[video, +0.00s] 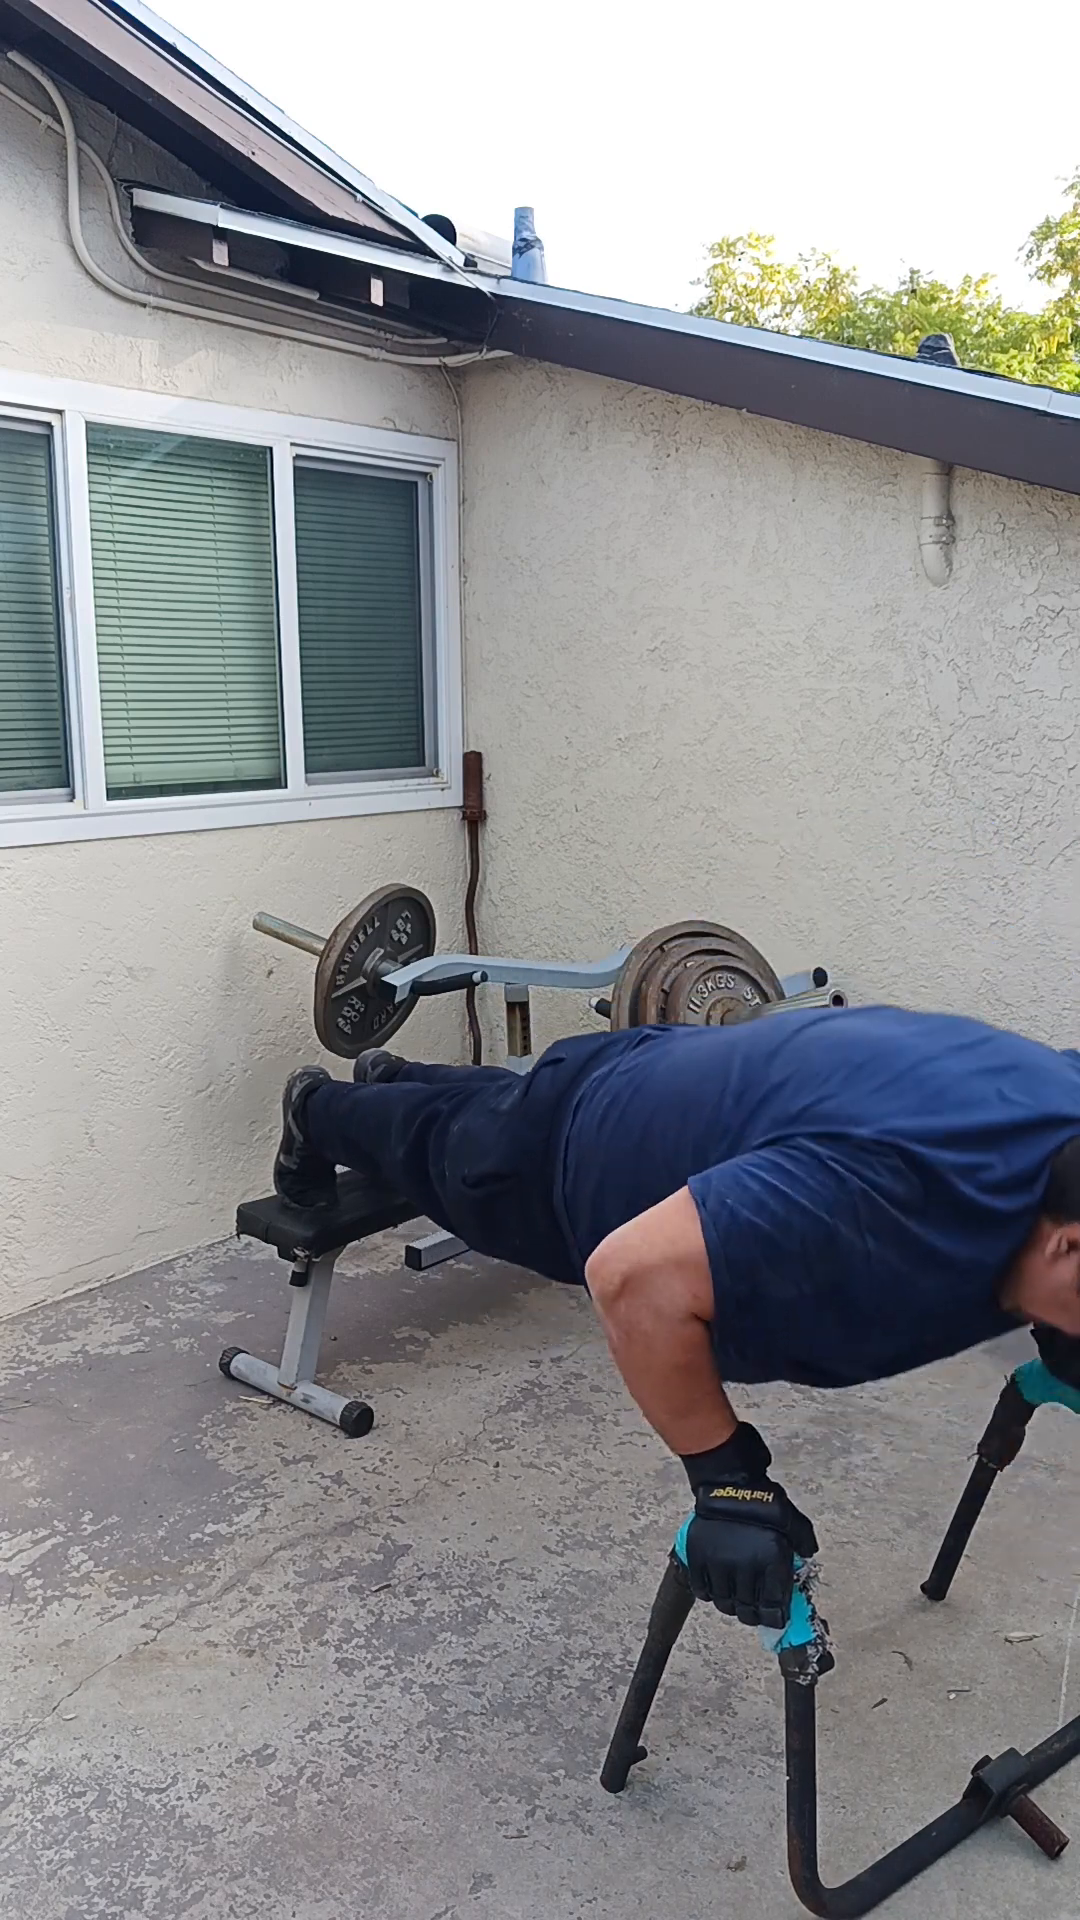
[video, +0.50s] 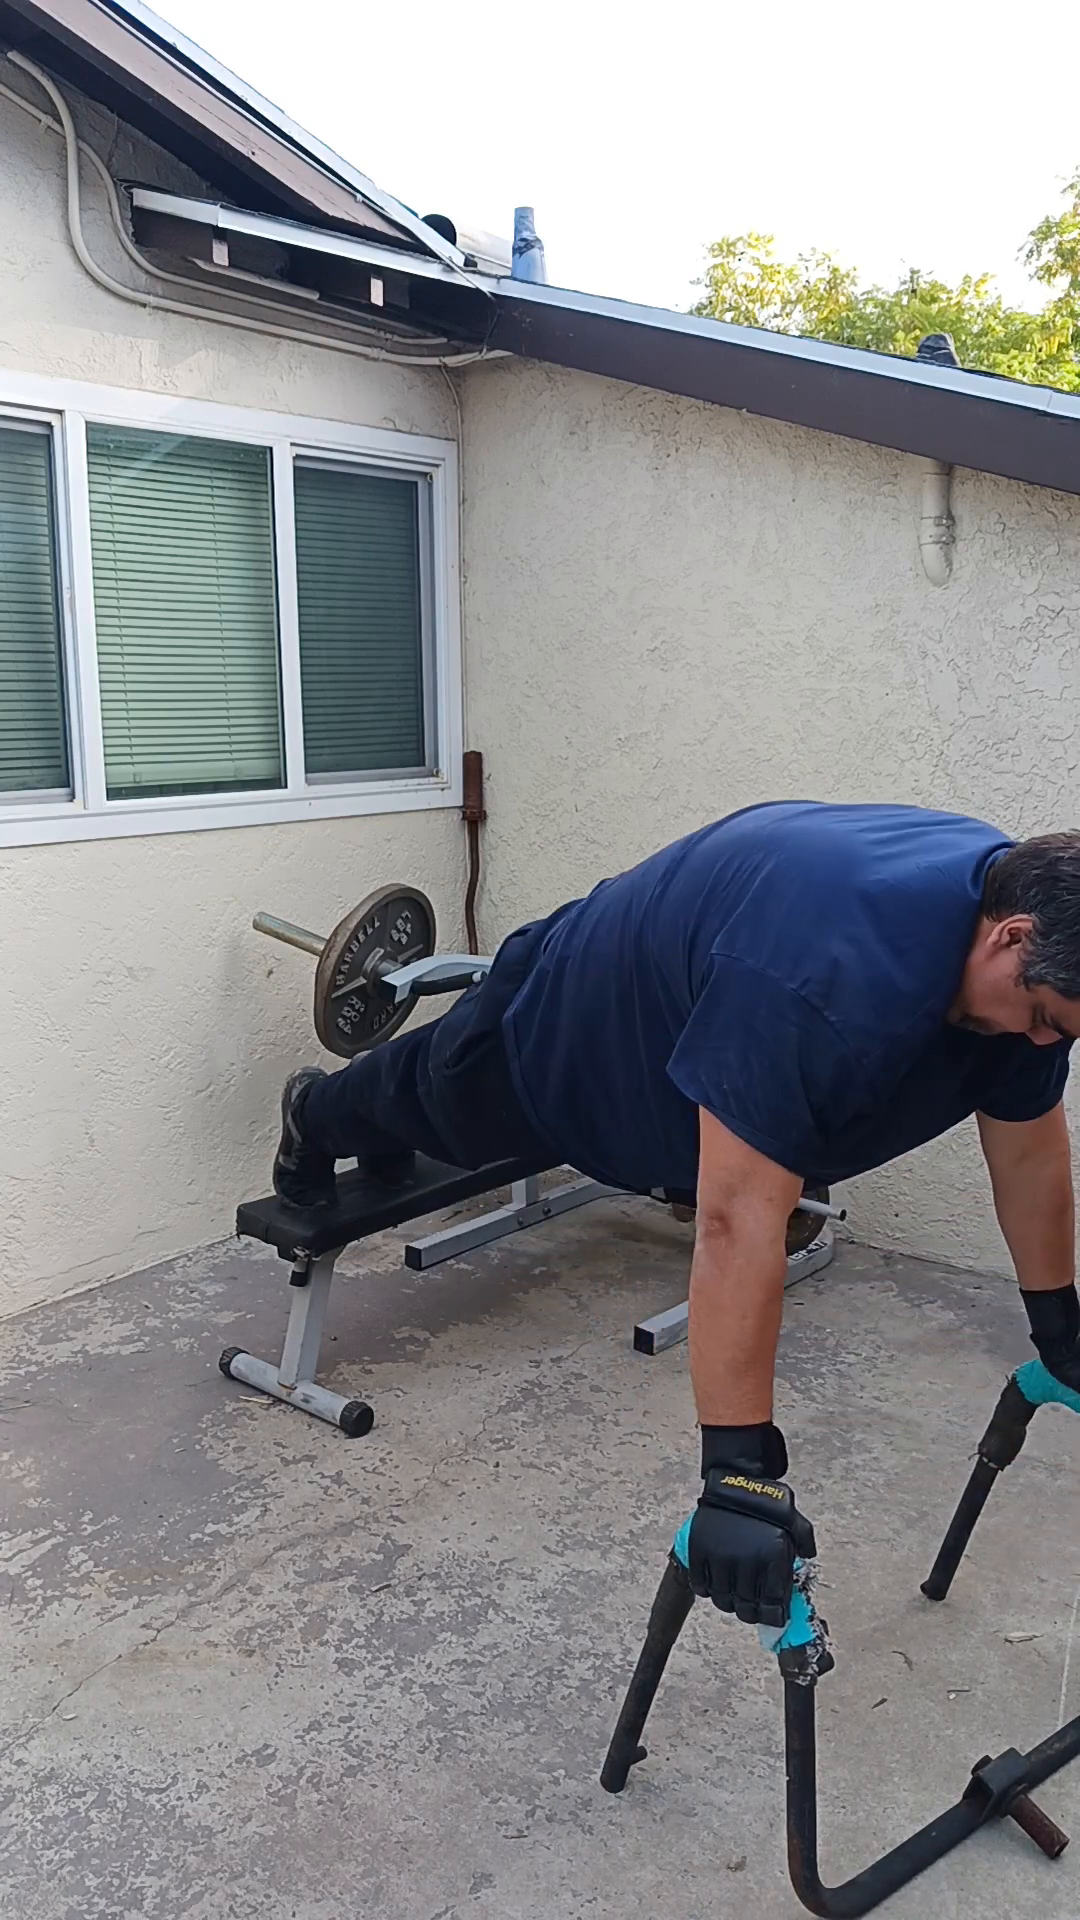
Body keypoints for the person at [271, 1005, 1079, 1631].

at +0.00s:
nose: (1058, 1335)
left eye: (1068, 1333)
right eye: (1073, 1322)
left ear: (1070, 1243)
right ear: (1065, 1254)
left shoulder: (1068, 1119)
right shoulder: (896, 1198)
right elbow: (633, 1280)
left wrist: (1042, 1336)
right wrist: (731, 1481)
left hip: (706, 1058)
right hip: (591, 1143)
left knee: (516, 1101)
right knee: (446, 1129)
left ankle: (374, 1111)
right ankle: (321, 1112)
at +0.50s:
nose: (1041, 1048)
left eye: (1061, 1035)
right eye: (1044, 1020)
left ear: (1016, 938)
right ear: (1004, 940)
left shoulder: (1017, 957)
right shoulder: (810, 973)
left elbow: (1033, 1147)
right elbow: (733, 1225)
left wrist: (1056, 1318)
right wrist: (739, 1475)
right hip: (584, 1005)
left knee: (508, 1097)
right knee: (428, 1080)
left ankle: (396, 1127)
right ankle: (314, 1112)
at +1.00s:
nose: (1062, 1212)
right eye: (1073, 1188)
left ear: (1054, 1135)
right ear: (1045, 1140)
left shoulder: (1050, 1036)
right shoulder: (842, 1116)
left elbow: (1048, 1182)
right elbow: (653, 1260)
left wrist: (1058, 1304)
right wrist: (731, 1477)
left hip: (714, 993)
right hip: (599, 1071)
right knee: (439, 1113)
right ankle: (318, 1107)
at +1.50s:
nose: (1037, 1570)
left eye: (1051, 1572)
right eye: (1054, 1564)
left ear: (1060, 1502)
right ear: (1056, 1511)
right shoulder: (932, 1387)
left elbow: (1055, 1132)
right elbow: (685, 1269)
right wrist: (732, 1487)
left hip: (701, 1148)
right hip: (609, 1218)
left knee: (536, 1139)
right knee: (448, 1188)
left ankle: (392, 1083)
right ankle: (321, 1108)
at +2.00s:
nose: (1050, 1281)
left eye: (1066, 1274)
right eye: (1064, 1260)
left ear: (1062, 1181)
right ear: (1050, 1190)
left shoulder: (1059, 1078)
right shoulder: (873, 1151)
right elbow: (637, 1276)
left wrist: (1057, 1303)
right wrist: (731, 1481)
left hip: (705, 1033)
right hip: (593, 1113)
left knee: (503, 1104)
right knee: (444, 1122)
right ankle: (316, 1111)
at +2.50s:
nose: (1047, 1053)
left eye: (1064, 1041)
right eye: (1049, 1027)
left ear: (1031, 946)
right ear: (1013, 947)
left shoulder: (1019, 950)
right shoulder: (819, 982)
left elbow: (1039, 1152)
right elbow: (741, 1229)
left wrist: (1058, 1322)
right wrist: (740, 1475)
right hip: (599, 1001)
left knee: (515, 1097)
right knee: (440, 1080)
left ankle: (409, 1131)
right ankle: (315, 1115)